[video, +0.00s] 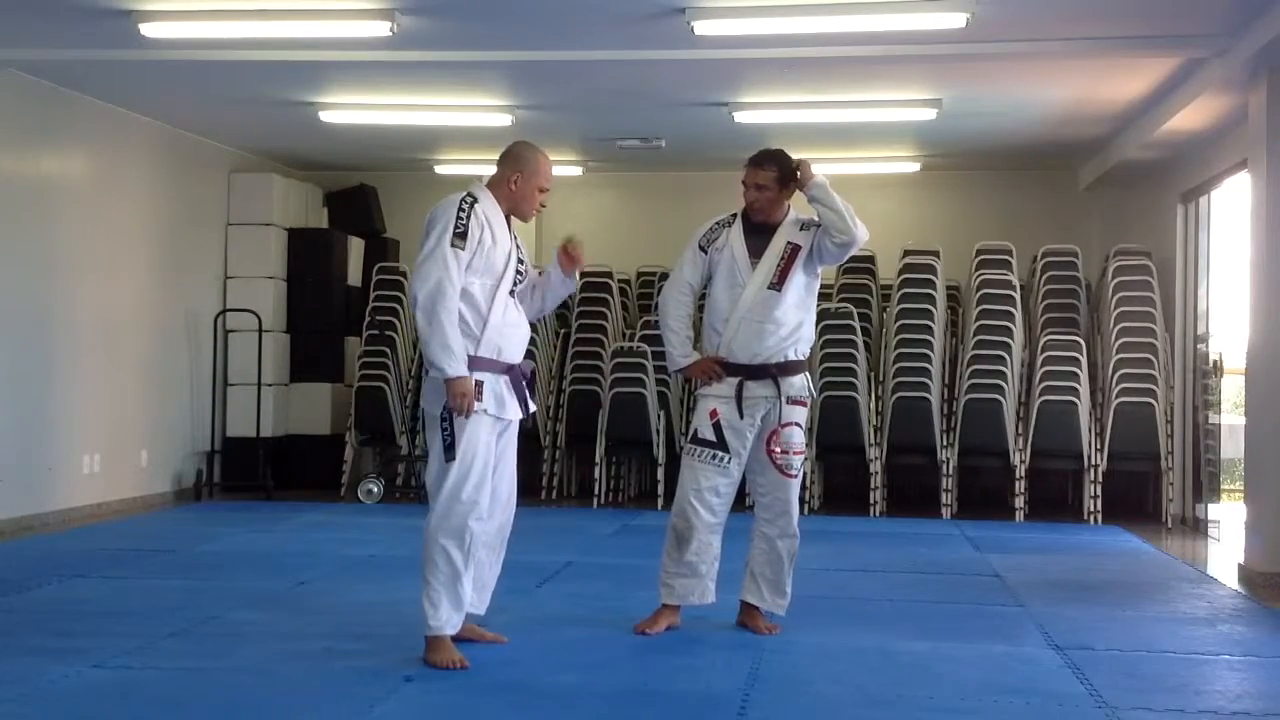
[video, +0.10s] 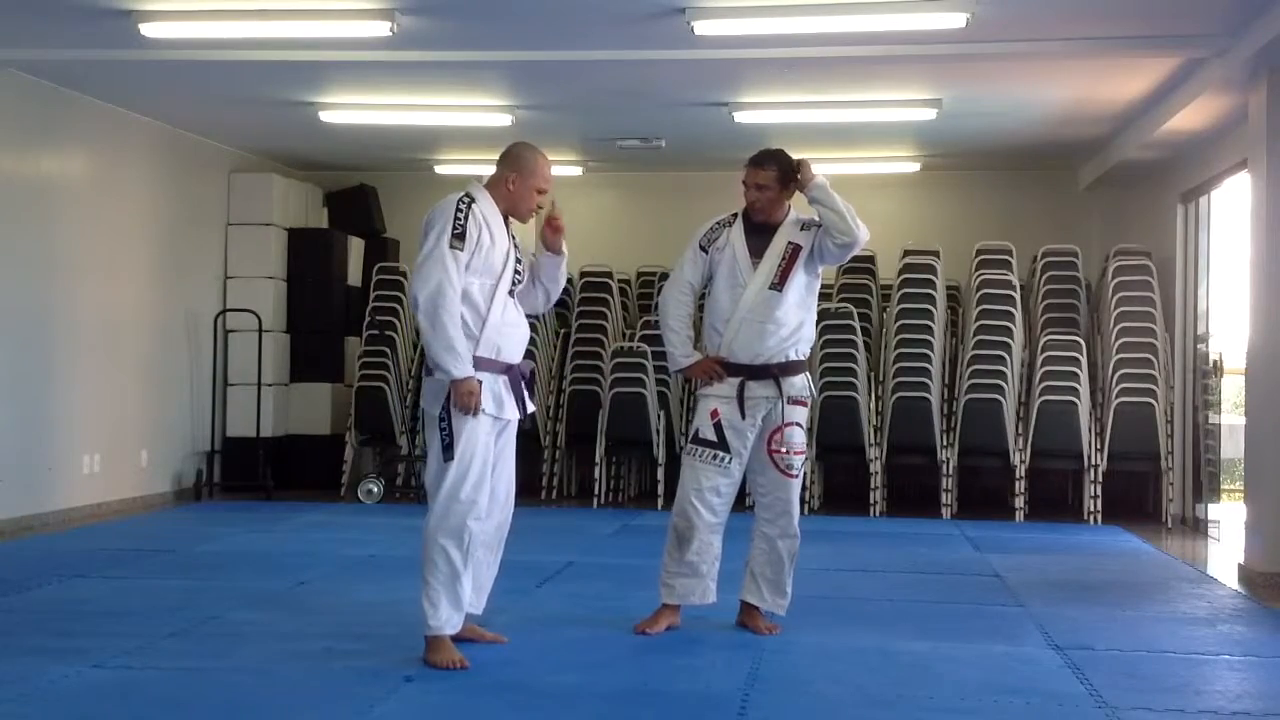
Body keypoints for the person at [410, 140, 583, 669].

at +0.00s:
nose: (546, 199)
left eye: (548, 189)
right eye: (542, 188)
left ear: (517, 182)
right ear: (512, 180)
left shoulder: (507, 235)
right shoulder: (463, 212)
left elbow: (524, 303)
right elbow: (434, 293)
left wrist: (561, 274)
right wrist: (453, 371)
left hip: (504, 389)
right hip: (466, 385)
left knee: (494, 509)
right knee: (457, 508)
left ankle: (463, 617)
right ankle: (438, 631)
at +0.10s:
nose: (543, 200)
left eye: (546, 192)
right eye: (540, 191)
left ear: (514, 183)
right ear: (510, 182)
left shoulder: (502, 235)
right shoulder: (462, 212)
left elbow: (532, 301)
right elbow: (434, 292)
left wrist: (551, 250)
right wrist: (458, 371)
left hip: (503, 389)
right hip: (468, 386)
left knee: (493, 509)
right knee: (456, 508)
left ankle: (463, 618)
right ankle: (438, 633)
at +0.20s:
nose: (540, 200)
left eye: (543, 192)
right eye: (536, 190)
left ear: (510, 184)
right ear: (507, 181)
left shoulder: (502, 236)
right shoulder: (460, 212)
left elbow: (541, 297)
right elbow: (433, 292)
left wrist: (546, 243)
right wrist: (466, 370)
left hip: (504, 390)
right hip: (466, 387)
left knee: (493, 508)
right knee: (455, 508)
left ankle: (463, 618)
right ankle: (438, 633)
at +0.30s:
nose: (540, 200)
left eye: (543, 192)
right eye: (536, 190)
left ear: (511, 183)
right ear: (507, 181)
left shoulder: (503, 236)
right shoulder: (458, 212)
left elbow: (537, 301)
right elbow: (432, 292)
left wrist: (545, 249)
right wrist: (468, 368)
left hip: (504, 391)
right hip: (464, 388)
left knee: (493, 509)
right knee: (454, 508)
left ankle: (462, 618)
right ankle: (438, 633)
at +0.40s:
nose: (539, 206)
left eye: (543, 197)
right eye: (535, 195)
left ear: (512, 187)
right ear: (506, 184)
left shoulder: (505, 239)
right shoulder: (456, 213)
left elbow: (529, 308)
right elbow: (429, 293)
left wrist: (547, 259)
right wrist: (463, 368)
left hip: (504, 393)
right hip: (464, 390)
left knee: (493, 510)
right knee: (453, 509)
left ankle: (463, 619)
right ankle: (438, 633)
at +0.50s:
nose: (539, 208)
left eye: (543, 198)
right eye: (535, 196)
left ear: (511, 189)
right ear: (505, 184)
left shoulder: (510, 238)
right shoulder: (454, 214)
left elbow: (523, 307)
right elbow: (424, 291)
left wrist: (553, 285)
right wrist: (453, 367)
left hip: (504, 392)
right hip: (462, 388)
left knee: (494, 509)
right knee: (453, 508)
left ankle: (465, 619)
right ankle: (438, 633)